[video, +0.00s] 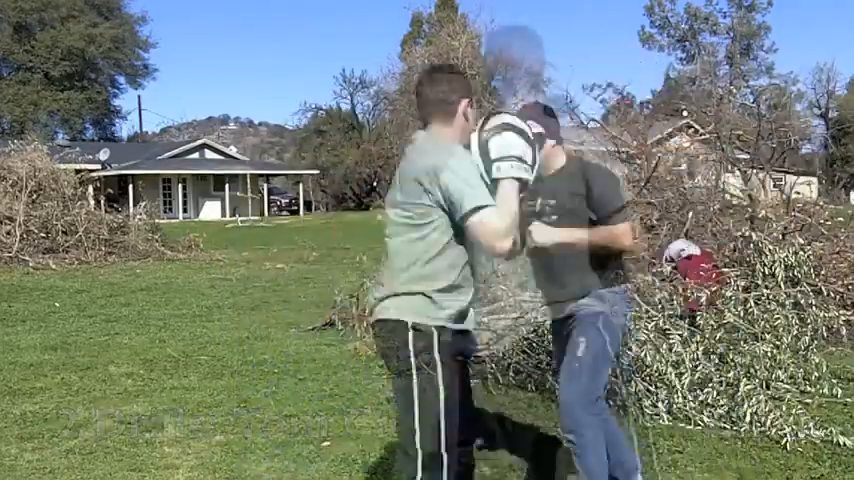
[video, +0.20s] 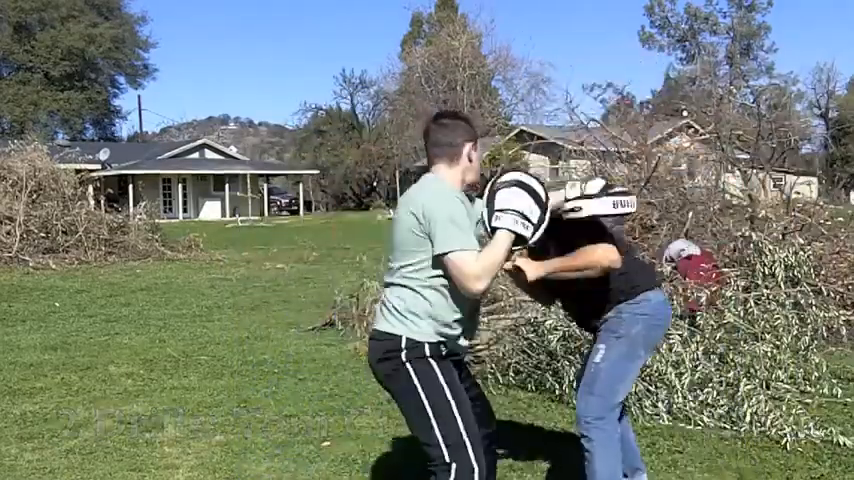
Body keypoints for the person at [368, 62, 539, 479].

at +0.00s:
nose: (476, 118)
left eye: (475, 111)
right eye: (475, 109)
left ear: (426, 108)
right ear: (465, 109)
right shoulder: (445, 157)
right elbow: (500, 239)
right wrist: (509, 168)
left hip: (413, 317)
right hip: (422, 322)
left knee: (448, 448)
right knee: (435, 455)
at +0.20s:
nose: (481, 164)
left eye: (480, 155)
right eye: (480, 154)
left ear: (433, 152)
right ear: (468, 152)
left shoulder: (453, 199)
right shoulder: (438, 196)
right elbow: (474, 279)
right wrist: (510, 226)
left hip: (437, 344)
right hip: (410, 346)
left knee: (483, 441)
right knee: (464, 463)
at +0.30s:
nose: (462, 151)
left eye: (460, 142)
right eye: (460, 141)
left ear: (413, 144)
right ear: (450, 142)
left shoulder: (415, 187)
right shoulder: (432, 189)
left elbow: (471, 257)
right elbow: (491, 258)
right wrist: (519, 202)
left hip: (431, 342)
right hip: (412, 345)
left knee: (477, 450)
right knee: (448, 464)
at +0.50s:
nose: (424, 113)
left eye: (420, 105)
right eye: (422, 105)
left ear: (372, 116)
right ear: (413, 109)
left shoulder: (354, 175)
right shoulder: (415, 161)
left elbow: (347, 254)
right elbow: (493, 210)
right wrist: (518, 153)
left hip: (373, 314)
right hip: (397, 321)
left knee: (432, 435)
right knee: (397, 454)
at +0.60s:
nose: (412, 105)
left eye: (408, 97)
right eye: (411, 97)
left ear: (360, 108)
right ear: (401, 100)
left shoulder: (343, 168)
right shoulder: (409, 156)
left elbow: (323, 244)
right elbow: (487, 202)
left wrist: (380, 249)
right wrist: (513, 144)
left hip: (362, 312)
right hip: (389, 319)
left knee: (430, 433)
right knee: (388, 456)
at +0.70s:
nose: (400, 99)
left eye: (397, 90)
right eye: (398, 91)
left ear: (349, 103)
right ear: (387, 96)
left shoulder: (333, 166)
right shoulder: (399, 156)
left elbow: (316, 241)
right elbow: (479, 199)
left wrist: (375, 240)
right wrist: (509, 139)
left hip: (354, 312)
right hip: (389, 319)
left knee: (411, 441)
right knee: (387, 454)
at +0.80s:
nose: (390, 97)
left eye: (386, 88)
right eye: (385, 88)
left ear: (338, 100)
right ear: (371, 93)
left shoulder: (324, 166)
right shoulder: (387, 154)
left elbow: (323, 239)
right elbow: (471, 197)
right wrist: (530, 149)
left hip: (354, 314)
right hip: (384, 320)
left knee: (411, 446)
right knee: (387, 457)